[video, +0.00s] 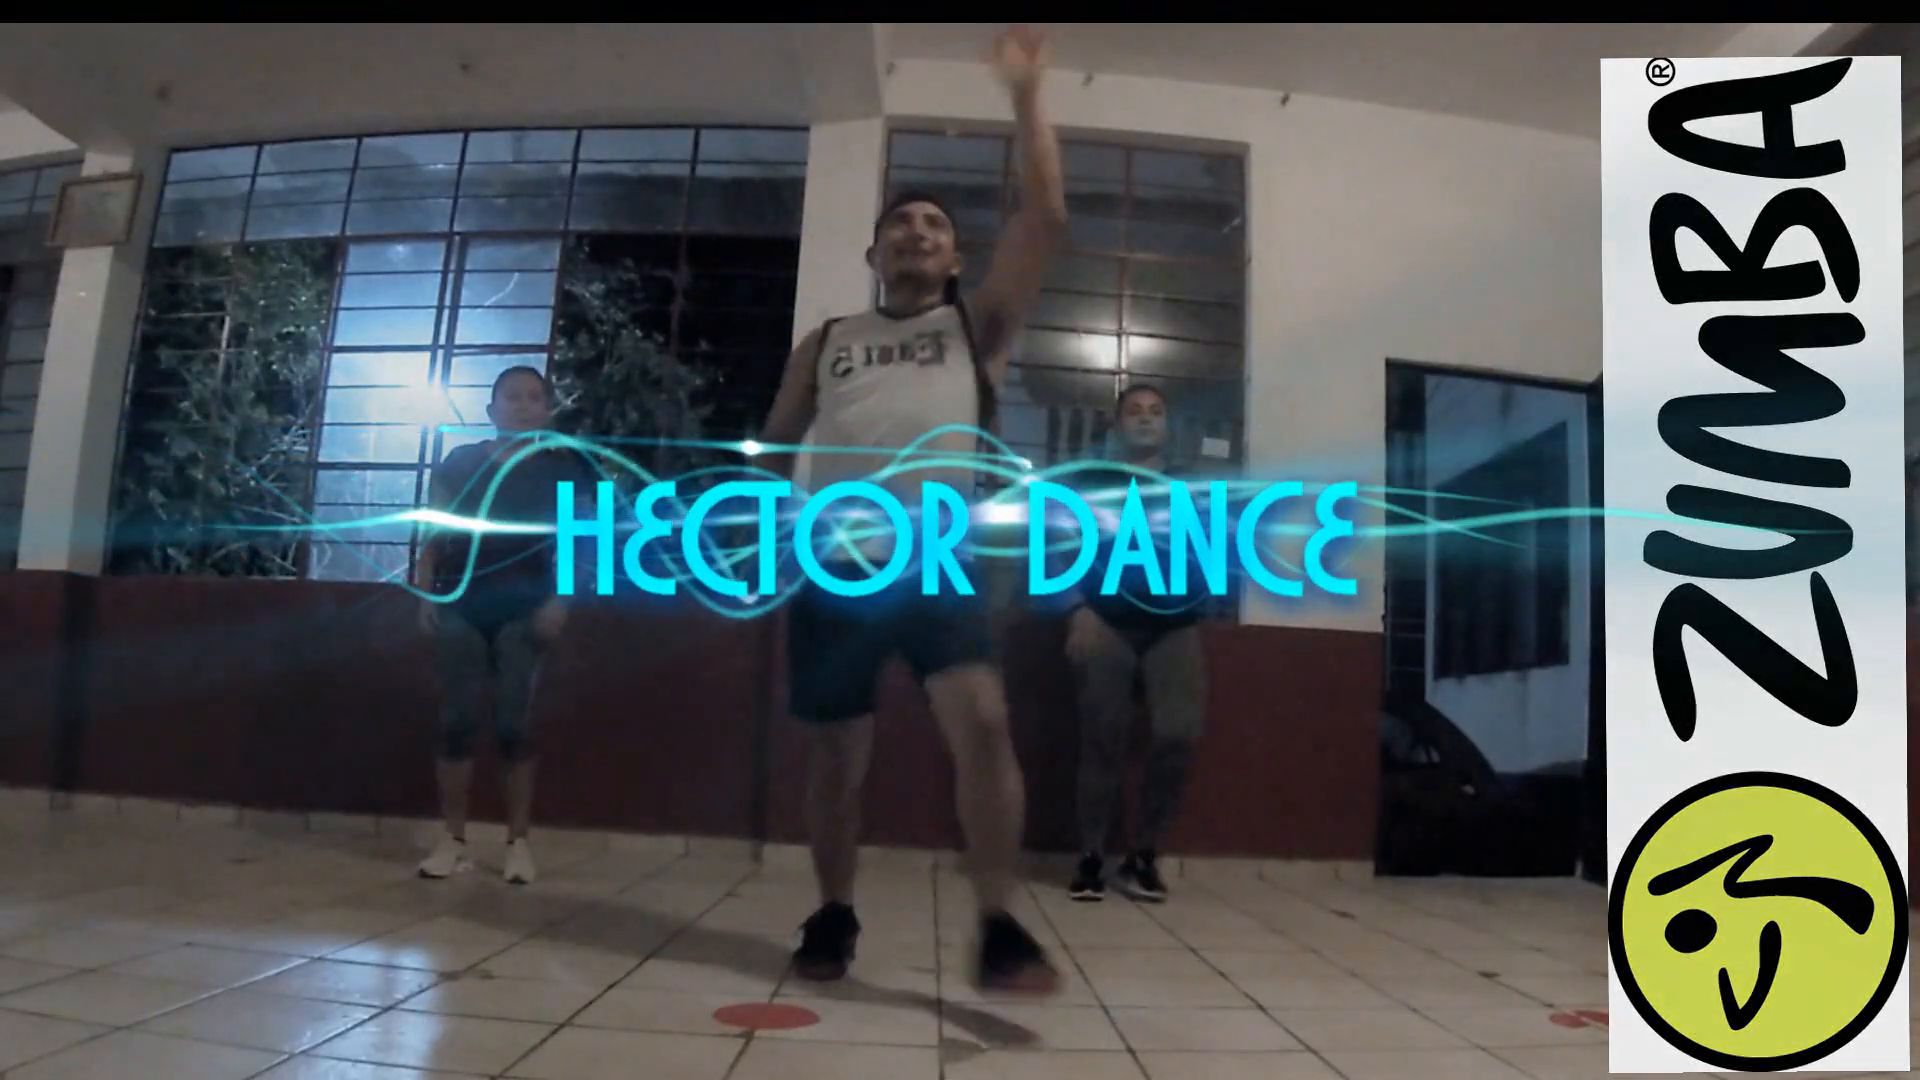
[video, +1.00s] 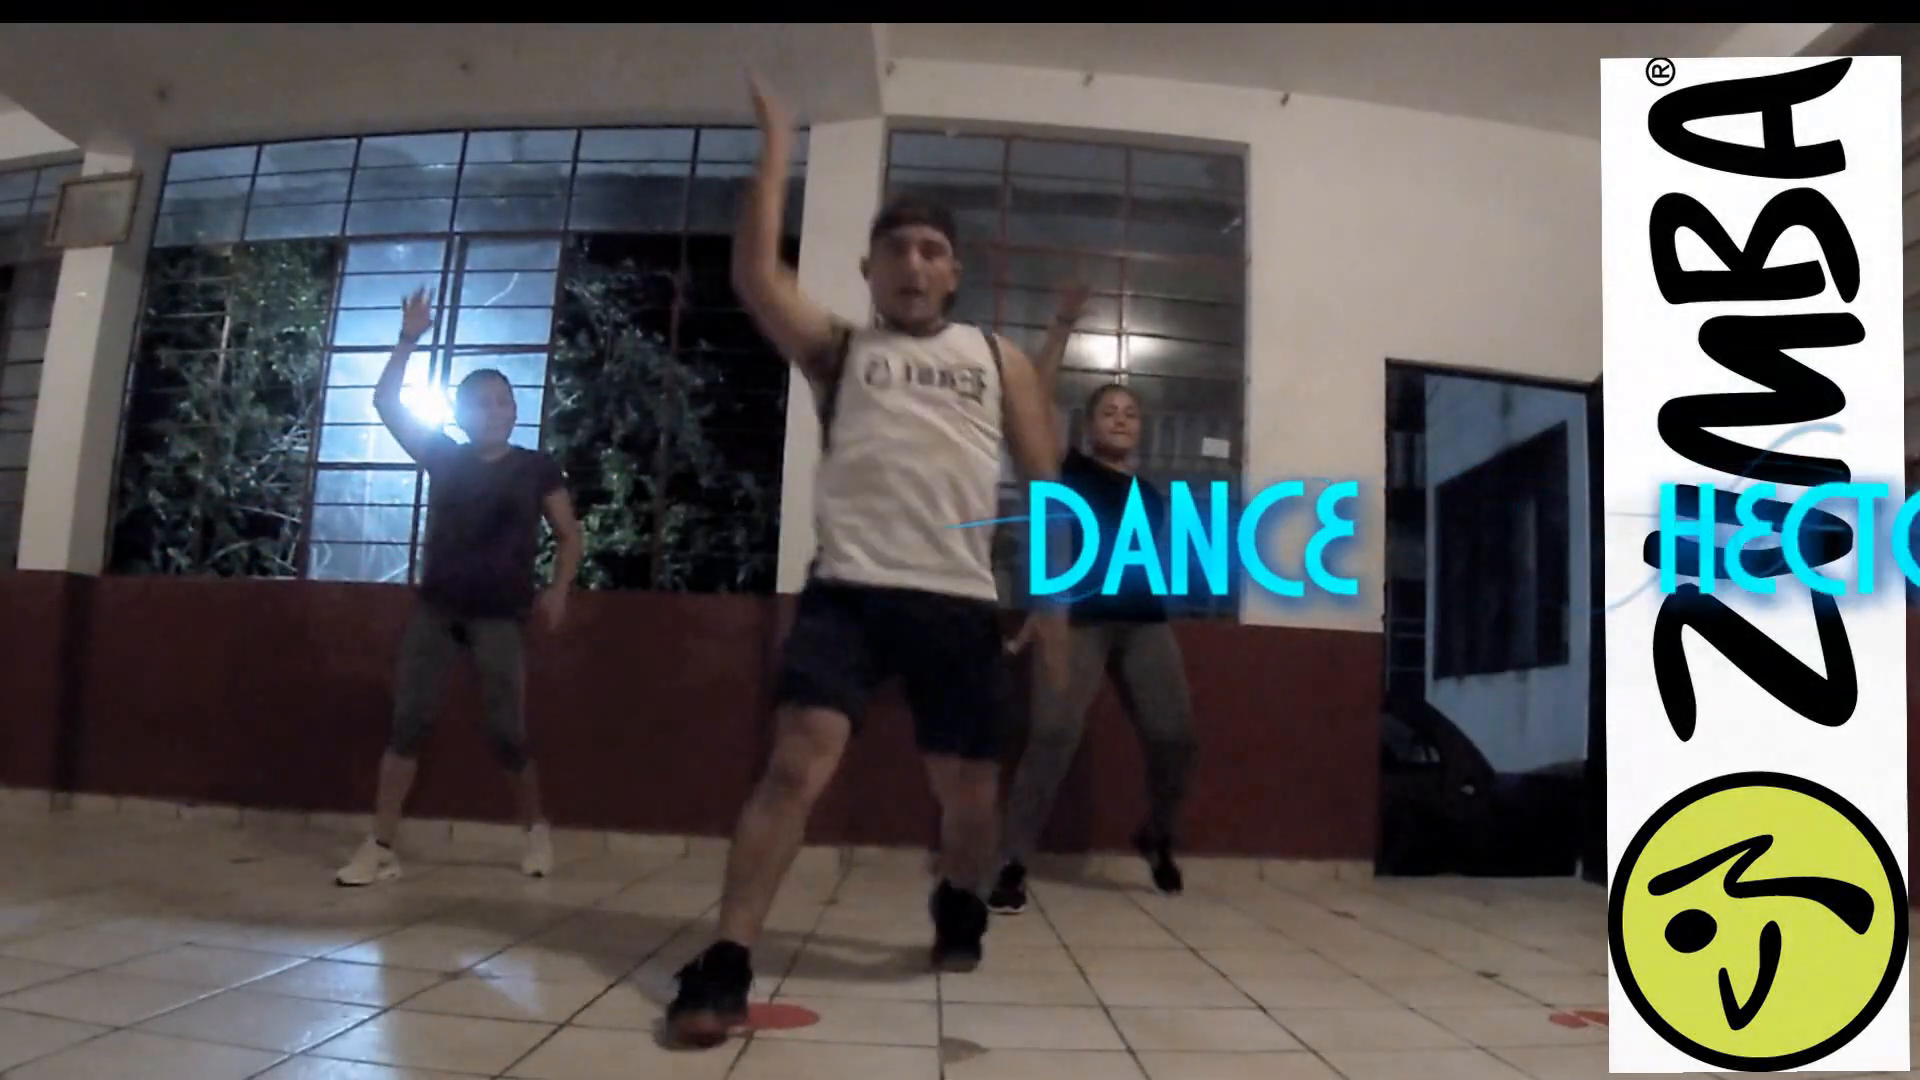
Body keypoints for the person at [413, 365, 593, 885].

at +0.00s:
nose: (524, 407)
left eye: (533, 399)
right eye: (513, 398)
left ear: (549, 408)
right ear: (493, 406)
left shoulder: (565, 466)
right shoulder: (461, 462)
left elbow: (578, 538)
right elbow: (431, 533)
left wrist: (562, 600)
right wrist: (427, 595)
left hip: (525, 613)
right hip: (459, 609)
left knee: (517, 728)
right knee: (456, 724)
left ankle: (518, 843)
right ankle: (452, 840)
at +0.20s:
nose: (525, 408)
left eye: (535, 401)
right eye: (515, 399)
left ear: (546, 413)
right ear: (494, 407)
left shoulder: (552, 462)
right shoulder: (459, 461)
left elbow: (608, 473)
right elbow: (423, 529)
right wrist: (420, 594)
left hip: (523, 610)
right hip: (460, 609)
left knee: (524, 725)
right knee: (451, 727)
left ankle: (540, 848)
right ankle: (452, 843)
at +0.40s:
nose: (531, 407)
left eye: (540, 400)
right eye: (520, 398)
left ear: (552, 413)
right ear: (500, 410)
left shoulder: (566, 460)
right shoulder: (471, 468)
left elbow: (616, 414)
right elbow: (423, 519)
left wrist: (627, 339)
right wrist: (426, 514)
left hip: (530, 610)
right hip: (465, 607)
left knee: (528, 727)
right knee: (420, 711)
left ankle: (547, 853)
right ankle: (439, 833)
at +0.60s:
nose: (512, 409)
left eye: (521, 401)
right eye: (502, 401)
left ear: (534, 413)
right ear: (482, 411)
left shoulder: (549, 463)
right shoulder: (460, 455)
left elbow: (608, 432)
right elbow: (405, 401)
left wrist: (608, 360)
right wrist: (400, 330)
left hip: (517, 610)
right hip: (451, 605)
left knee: (522, 727)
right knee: (400, 716)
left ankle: (547, 855)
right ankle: (379, 845)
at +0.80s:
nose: (495, 407)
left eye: (502, 399)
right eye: (484, 397)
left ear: (513, 409)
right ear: (460, 405)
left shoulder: (524, 470)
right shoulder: (435, 449)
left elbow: (593, 505)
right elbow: (390, 380)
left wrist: (567, 452)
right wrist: (401, 308)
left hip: (496, 610)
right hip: (427, 605)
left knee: (516, 721)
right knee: (391, 721)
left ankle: (541, 844)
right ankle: (380, 848)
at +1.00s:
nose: (488, 411)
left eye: (497, 402)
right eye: (479, 402)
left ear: (512, 412)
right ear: (461, 410)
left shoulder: (535, 468)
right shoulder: (443, 455)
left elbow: (570, 535)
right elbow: (386, 400)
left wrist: (559, 591)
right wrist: (408, 339)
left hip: (500, 613)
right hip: (436, 606)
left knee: (508, 731)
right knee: (407, 723)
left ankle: (536, 835)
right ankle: (381, 846)